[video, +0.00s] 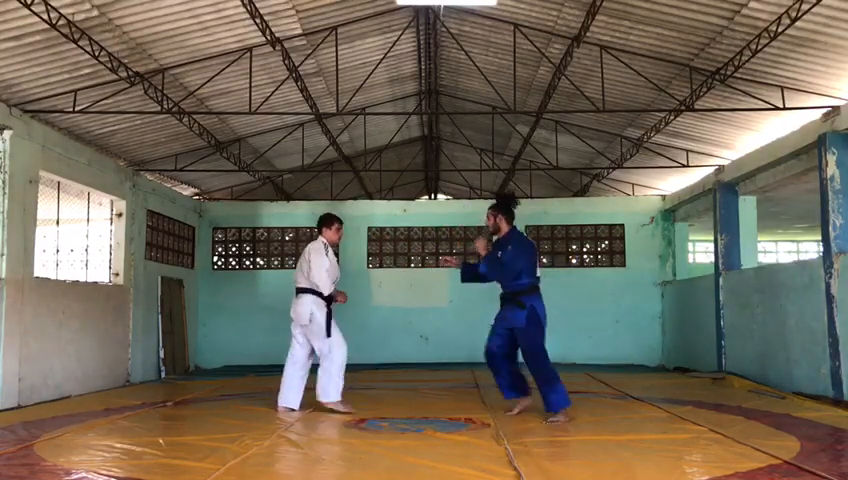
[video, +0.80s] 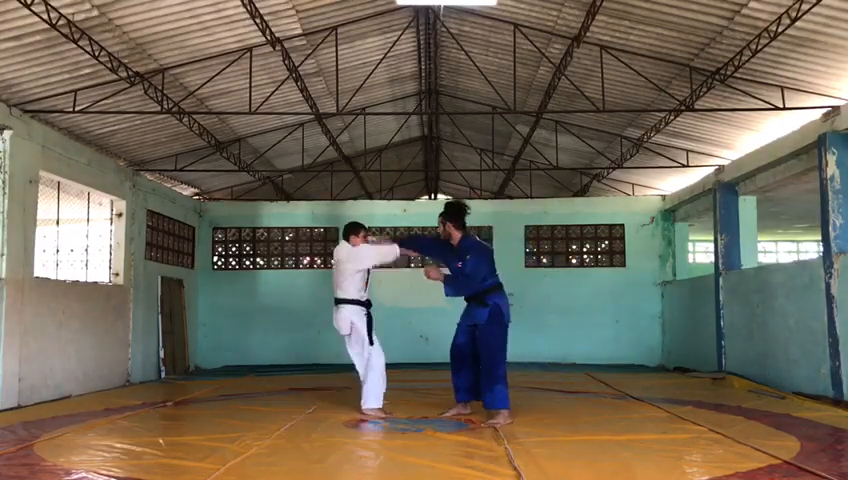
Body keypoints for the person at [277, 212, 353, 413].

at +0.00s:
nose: (340, 235)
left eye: (341, 230)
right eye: (337, 230)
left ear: (325, 231)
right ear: (326, 230)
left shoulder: (317, 249)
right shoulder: (317, 248)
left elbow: (316, 282)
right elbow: (320, 278)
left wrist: (334, 295)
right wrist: (335, 294)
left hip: (302, 303)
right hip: (312, 304)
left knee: (299, 355)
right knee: (336, 348)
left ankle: (286, 404)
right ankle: (330, 397)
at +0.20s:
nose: (349, 238)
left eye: (350, 234)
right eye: (347, 234)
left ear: (335, 234)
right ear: (334, 233)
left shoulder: (326, 251)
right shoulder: (326, 252)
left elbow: (327, 283)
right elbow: (327, 284)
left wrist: (349, 292)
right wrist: (350, 292)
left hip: (313, 307)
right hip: (322, 309)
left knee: (306, 357)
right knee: (342, 356)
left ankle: (288, 403)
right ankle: (359, 401)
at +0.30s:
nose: (357, 241)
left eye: (358, 237)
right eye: (354, 237)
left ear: (346, 238)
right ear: (342, 236)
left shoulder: (345, 259)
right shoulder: (331, 257)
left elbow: (348, 289)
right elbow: (334, 292)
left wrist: (367, 297)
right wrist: (360, 295)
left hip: (324, 312)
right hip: (330, 314)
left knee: (316, 360)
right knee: (352, 360)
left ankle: (291, 402)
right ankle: (364, 406)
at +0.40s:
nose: (366, 246)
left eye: (366, 242)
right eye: (362, 242)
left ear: (360, 242)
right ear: (350, 241)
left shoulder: (359, 265)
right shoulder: (334, 264)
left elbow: (373, 291)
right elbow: (337, 297)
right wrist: (362, 302)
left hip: (333, 317)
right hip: (336, 318)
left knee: (327, 361)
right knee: (363, 358)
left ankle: (293, 400)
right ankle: (368, 408)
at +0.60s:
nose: (372, 244)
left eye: (372, 240)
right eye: (368, 239)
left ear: (359, 241)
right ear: (355, 240)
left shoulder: (367, 259)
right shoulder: (345, 264)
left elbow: (384, 273)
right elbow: (358, 292)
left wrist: (400, 274)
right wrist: (383, 300)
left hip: (354, 314)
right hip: (343, 315)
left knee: (356, 358)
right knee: (370, 356)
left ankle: (314, 379)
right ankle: (370, 408)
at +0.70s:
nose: (369, 240)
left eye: (369, 236)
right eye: (365, 236)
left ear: (354, 239)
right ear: (353, 239)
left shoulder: (351, 253)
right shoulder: (352, 259)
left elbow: (374, 255)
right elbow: (378, 272)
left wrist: (388, 259)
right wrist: (403, 272)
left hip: (342, 313)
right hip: (349, 315)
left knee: (363, 354)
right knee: (374, 357)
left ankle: (345, 385)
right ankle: (370, 407)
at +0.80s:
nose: (365, 241)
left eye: (365, 237)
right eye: (363, 237)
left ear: (348, 237)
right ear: (354, 238)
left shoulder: (340, 251)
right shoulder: (357, 253)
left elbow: (370, 250)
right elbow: (390, 252)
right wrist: (408, 250)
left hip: (341, 310)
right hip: (355, 312)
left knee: (362, 357)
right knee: (375, 355)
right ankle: (371, 405)